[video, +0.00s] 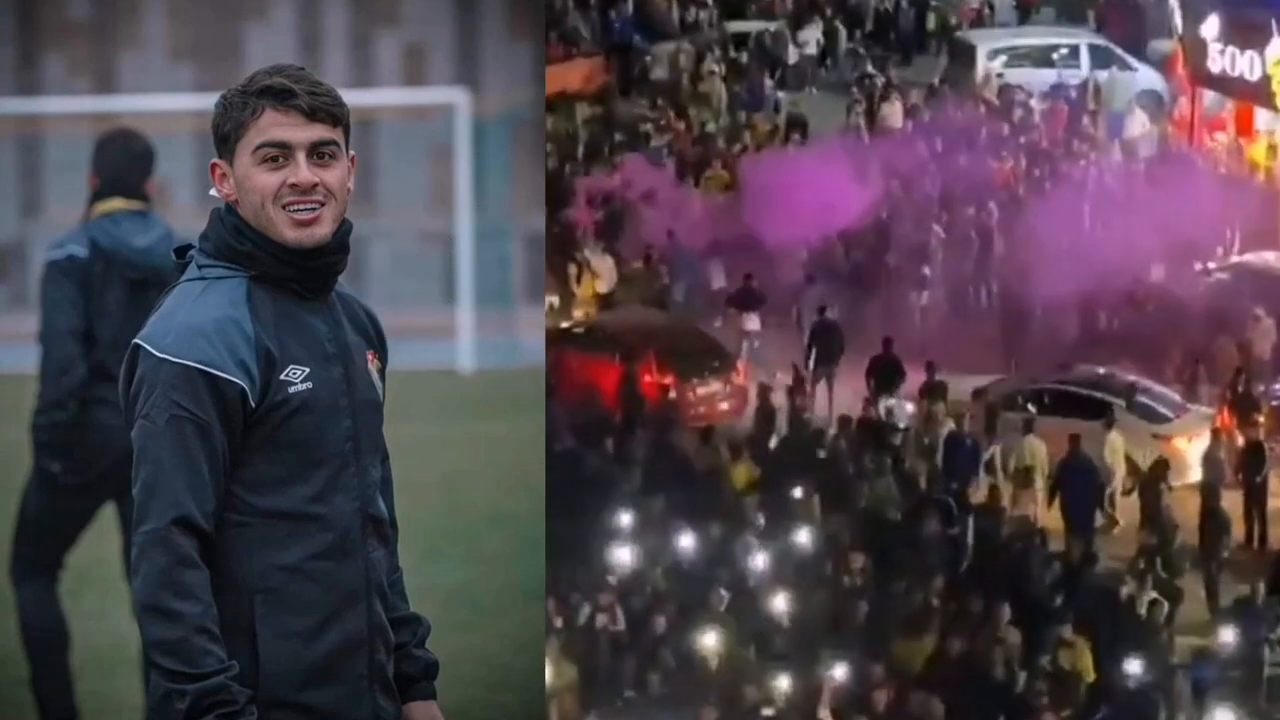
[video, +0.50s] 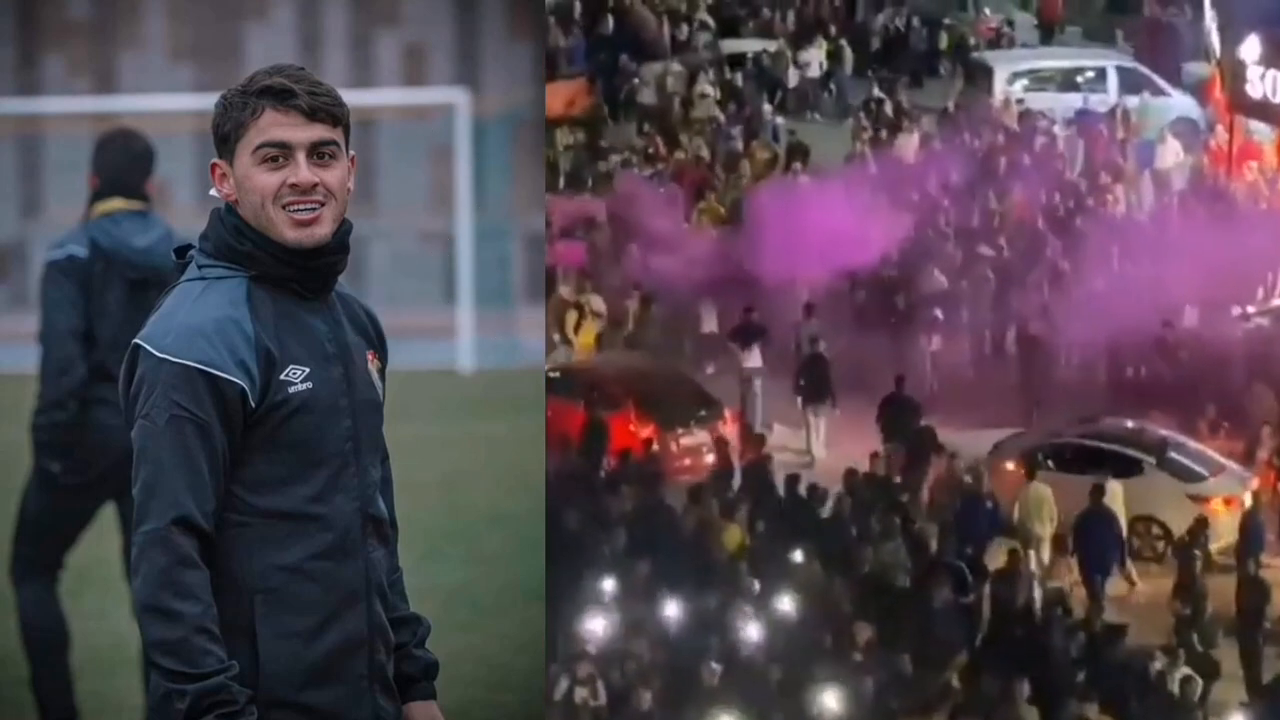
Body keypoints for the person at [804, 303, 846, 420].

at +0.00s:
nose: (820, 315)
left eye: (819, 313)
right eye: (822, 312)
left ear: (817, 313)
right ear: (827, 312)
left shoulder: (815, 326)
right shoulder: (835, 325)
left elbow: (810, 345)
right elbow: (841, 345)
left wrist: (806, 361)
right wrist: (837, 359)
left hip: (819, 361)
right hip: (832, 362)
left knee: (813, 386)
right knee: (831, 390)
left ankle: (811, 411)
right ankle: (831, 416)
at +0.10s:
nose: (814, 325)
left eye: (813, 322)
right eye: (816, 322)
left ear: (812, 322)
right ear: (822, 321)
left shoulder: (810, 336)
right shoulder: (831, 335)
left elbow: (804, 355)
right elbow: (835, 355)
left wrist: (801, 371)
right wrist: (832, 368)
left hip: (813, 371)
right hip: (826, 371)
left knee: (810, 397)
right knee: (826, 403)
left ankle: (809, 423)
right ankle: (828, 428)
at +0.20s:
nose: (818, 335)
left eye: (816, 333)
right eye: (818, 333)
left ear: (810, 333)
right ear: (822, 333)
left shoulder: (805, 346)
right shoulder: (827, 346)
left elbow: (799, 364)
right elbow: (831, 364)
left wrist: (797, 380)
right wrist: (836, 377)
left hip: (809, 378)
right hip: (823, 377)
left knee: (809, 407)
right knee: (821, 401)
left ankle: (809, 433)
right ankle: (822, 422)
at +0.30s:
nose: (819, 340)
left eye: (818, 337)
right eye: (819, 337)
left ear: (810, 338)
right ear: (822, 338)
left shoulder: (806, 351)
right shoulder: (827, 351)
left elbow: (799, 367)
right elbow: (831, 369)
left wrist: (795, 383)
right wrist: (835, 383)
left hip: (809, 382)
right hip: (822, 382)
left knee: (808, 410)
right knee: (821, 409)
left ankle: (809, 434)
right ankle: (821, 434)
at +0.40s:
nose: (818, 346)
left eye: (817, 343)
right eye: (818, 343)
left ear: (809, 343)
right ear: (821, 343)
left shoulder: (805, 357)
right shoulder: (826, 358)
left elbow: (798, 374)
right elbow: (830, 377)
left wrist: (795, 390)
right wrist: (834, 393)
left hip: (808, 391)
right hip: (822, 390)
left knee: (808, 419)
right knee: (820, 413)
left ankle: (809, 447)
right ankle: (819, 432)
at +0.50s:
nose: (821, 349)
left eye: (819, 346)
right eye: (821, 346)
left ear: (810, 347)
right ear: (821, 347)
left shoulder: (804, 361)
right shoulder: (825, 361)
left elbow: (798, 381)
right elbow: (829, 382)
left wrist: (798, 395)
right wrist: (834, 400)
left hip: (808, 397)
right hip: (822, 397)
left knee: (810, 426)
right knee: (821, 424)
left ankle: (811, 452)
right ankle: (821, 449)